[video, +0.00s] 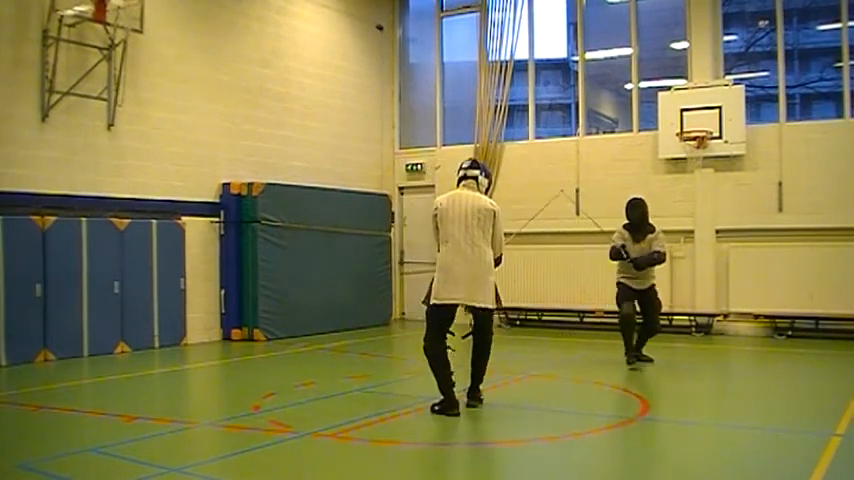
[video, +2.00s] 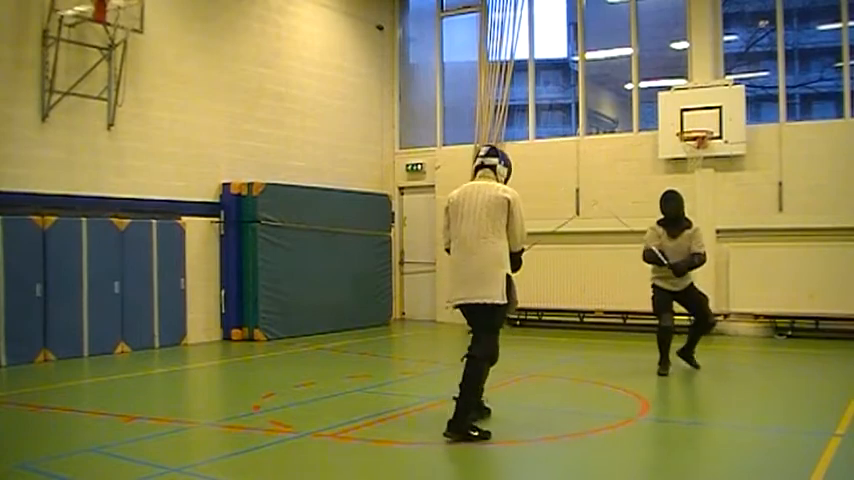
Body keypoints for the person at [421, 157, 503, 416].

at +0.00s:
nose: (487, 186)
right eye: (487, 182)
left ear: (459, 179)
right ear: (483, 182)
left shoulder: (441, 202)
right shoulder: (491, 206)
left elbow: (439, 241)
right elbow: (497, 253)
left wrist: (455, 262)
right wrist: (477, 267)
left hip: (447, 281)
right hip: (481, 283)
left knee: (433, 339)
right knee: (483, 335)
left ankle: (449, 400)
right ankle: (474, 392)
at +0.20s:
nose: (487, 187)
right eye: (487, 182)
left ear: (460, 181)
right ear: (484, 183)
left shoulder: (442, 205)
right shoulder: (492, 208)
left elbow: (441, 247)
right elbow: (500, 256)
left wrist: (457, 268)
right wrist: (478, 271)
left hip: (449, 283)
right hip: (484, 284)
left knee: (435, 343)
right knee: (505, 328)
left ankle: (449, 401)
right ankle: (508, 386)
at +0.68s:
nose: (523, 188)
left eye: (522, 184)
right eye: (523, 184)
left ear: (495, 181)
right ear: (519, 184)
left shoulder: (476, 205)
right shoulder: (525, 209)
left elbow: (469, 241)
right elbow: (534, 257)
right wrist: (510, 264)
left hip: (478, 285)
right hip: (514, 285)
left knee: (458, 341)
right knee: (531, 331)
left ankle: (451, 399)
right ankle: (531, 386)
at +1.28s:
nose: (494, 183)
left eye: (493, 179)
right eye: (493, 178)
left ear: (466, 176)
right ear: (488, 176)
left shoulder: (449, 204)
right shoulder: (488, 195)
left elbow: (470, 247)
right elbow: (501, 236)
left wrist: (512, 260)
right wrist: (527, 233)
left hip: (448, 287)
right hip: (481, 287)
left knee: (455, 344)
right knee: (502, 341)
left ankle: (457, 404)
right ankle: (496, 403)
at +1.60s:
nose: (497, 186)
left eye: (496, 182)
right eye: (497, 182)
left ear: (468, 178)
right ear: (492, 179)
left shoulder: (448, 204)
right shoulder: (493, 198)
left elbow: (450, 250)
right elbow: (501, 243)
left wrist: (494, 274)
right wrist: (514, 260)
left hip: (446, 288)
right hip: (477, 286)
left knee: (459, 346)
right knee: (481, 349)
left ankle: (459, 410)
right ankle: (460, 413)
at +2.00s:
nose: (506, 176)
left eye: (504, 172)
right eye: (506, 172)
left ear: (475, 169)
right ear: (502, 170)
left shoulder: (455, 196)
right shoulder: (507, 195)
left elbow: (447, 243)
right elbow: (517, 243)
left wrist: (469, 260)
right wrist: (511, 265)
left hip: (461, 283)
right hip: (493, 283)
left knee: (482, 343)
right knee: (483, 348)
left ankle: (472, 400)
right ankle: (460, 422)